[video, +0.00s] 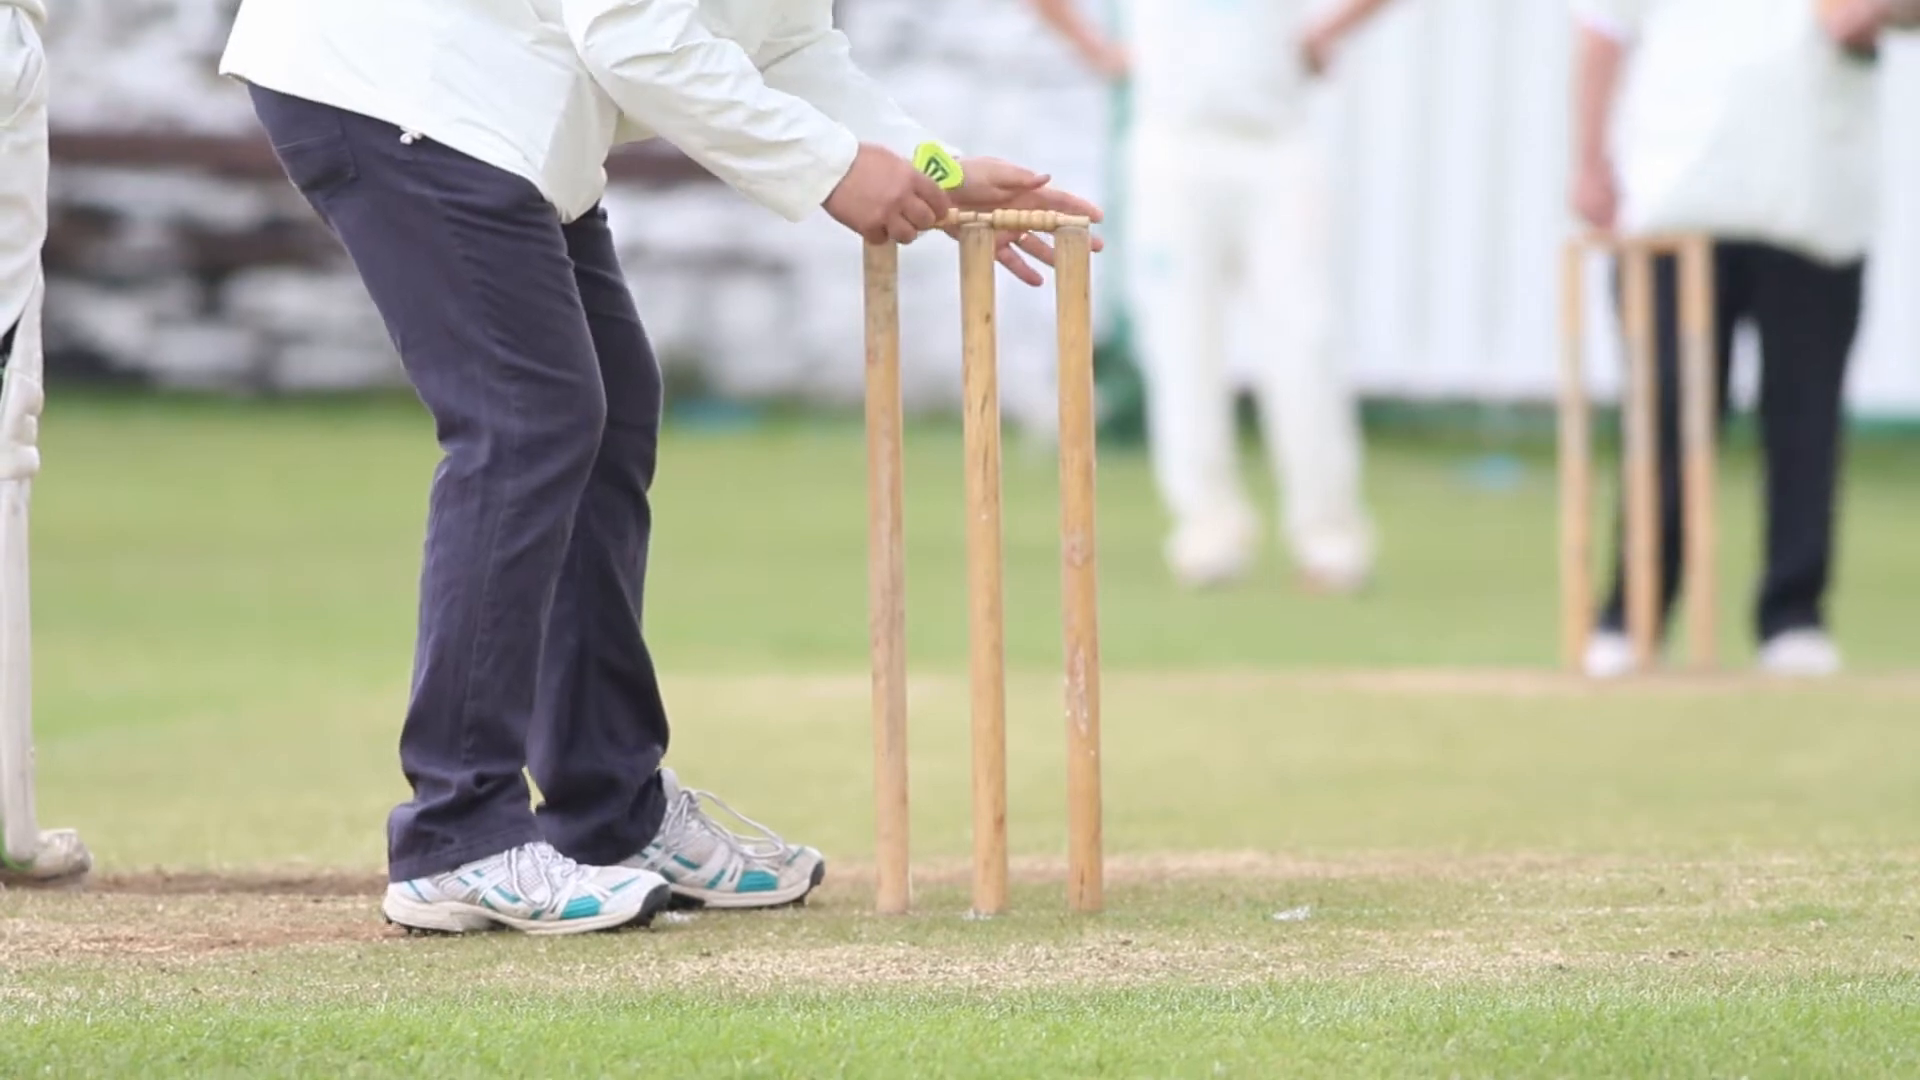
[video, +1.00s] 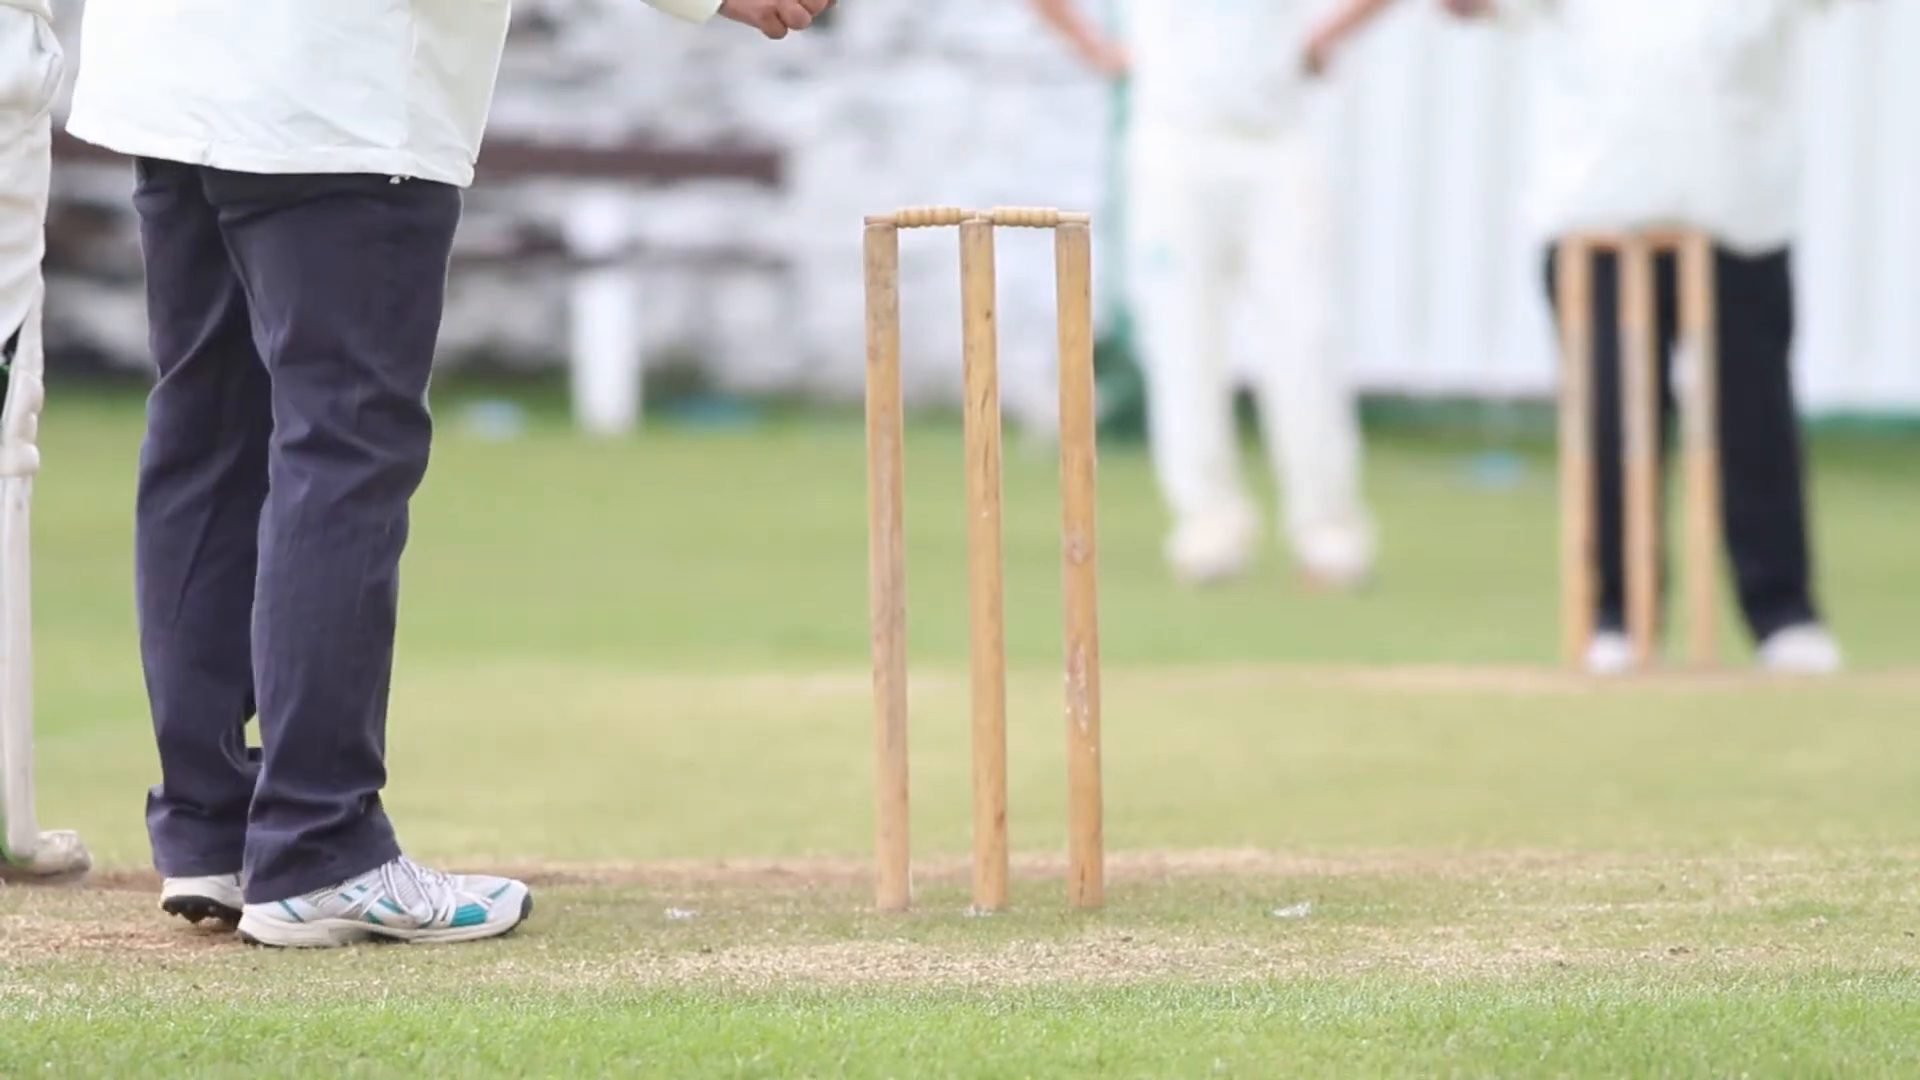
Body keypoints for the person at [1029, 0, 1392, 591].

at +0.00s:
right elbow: (1039, 4)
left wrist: (1324, 34)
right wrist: (1099, 49)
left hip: (1282, 127)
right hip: (1171, 126)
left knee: (1302, 337)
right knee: (1179, 342)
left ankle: (1328, 535)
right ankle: (1209, 532)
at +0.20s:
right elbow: (1038, 4)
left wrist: (1324, 35)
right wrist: (1099, 49)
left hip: (1283, 125)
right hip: (1172, 124)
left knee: (1304, 334)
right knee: (1180, 340)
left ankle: (1328, 533)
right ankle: (1209, 530)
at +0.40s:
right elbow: (1040, 4)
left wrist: (1325, 38)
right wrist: (1099, 48)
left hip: (1285, 125)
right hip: (1173, 123)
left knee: (1304, 335)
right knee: (1181, 340)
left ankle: (1329, 534)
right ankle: (1210, 531)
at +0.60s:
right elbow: (1041, 4)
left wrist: (1324, 40)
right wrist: (1100, 48)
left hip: (1284, 124)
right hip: (1173, 121)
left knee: (1304, 333)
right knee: (1180, 338)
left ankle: (1329, 531)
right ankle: (1210, 527)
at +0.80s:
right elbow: (1040, 4)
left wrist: (1324, 41)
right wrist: (1101, 48)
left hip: (1284, 121)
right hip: (1172, 119)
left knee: (1303, 331)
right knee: (1179, 335)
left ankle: (1328, 529)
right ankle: (1210, 526)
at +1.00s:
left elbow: (1384, 2)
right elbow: (1040, 3)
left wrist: (1323, 39)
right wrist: (1098, 47)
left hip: (1285, 119)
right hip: (1172, 117)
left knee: (1303, 329)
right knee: (1179, 334)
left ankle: (1328, 528)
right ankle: (1210, 525)